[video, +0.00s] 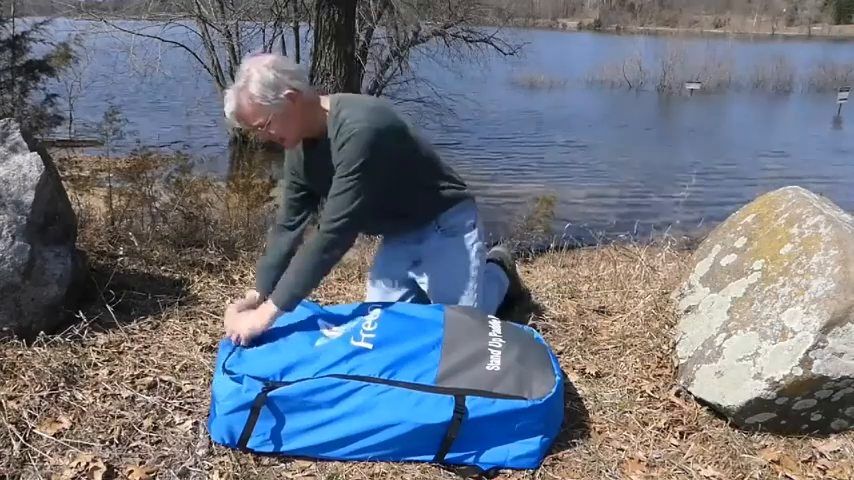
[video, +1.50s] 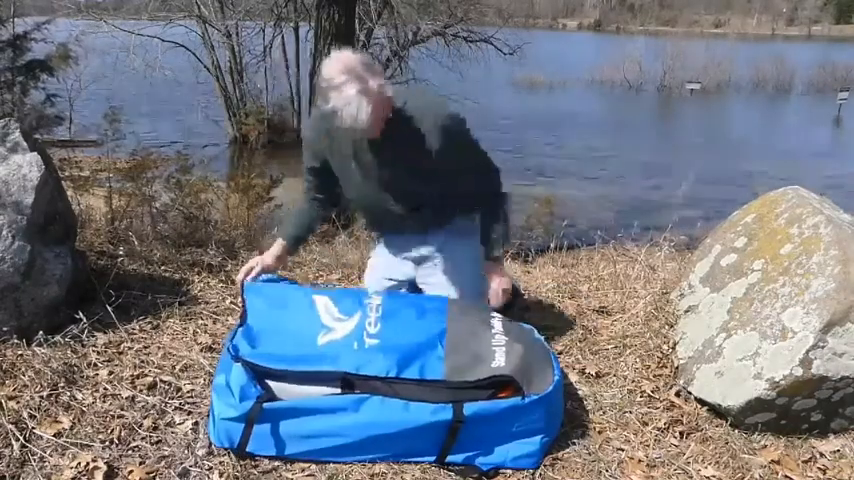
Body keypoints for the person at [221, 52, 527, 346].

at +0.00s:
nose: (264, 137)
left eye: (264, 125)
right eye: (256, 131)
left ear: (292, 99)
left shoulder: (360, 129)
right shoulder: (303, 143)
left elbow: (334, 231)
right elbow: (290, 221)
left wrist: (271, 311)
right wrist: (259, 295)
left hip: (448, 222)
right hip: (398, 230)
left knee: (457, 333)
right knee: (381, 327)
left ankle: (498, 271)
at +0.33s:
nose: (265, 145)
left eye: (268, 130)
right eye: (256, 139)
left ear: (295, 103)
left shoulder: (361, 133)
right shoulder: (299, 149)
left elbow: (351, 240)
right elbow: (284, 227)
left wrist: (287, 326)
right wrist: (254, 291)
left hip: (446, 227)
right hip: (393, 234)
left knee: (461, 338)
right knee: (381, 339)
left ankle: (493, 278)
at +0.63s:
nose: (381, 142)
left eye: (387, 128)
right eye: (368, 135)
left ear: (393, 105)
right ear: (345, 123)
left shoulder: (437, 136)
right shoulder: (330, 148)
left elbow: (478, 227)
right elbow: (293, 221)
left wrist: (498, 332)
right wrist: (252, 296)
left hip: (453, 243)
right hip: (399, 246)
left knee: (473, 336)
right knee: (381, 333)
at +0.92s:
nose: (350, 134)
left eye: (357, 125)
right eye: (345, 126)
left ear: (391, 107)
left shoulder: (458, 132)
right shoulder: (344, 132)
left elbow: (474, 219)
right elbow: (312, 196)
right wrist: (265, 261)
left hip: (456, 243)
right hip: (397, 242)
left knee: (458, 348)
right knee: (376, 339)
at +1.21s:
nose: (289, 135)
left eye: (294, 125)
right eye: (284, 128)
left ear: (322, 104)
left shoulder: (395, 134)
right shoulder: (313, 126)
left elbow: (371, 228)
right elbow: (297, 195)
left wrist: (316, 267)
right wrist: (263, 254)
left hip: (444, 229)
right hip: (387, 236)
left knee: (459, 331)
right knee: (373, 335)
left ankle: (484, 285)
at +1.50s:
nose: (366, 128)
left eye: (369, 117)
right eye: (354, 121)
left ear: (383, 92)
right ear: (335, 109)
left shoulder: (433, 122)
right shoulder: (321, 129)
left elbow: (489, 187)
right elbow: (319, 197)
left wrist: (495, 267)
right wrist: (275, 255)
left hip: (452, 236)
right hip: (390, 242)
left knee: (457, 350)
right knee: (371, 341)